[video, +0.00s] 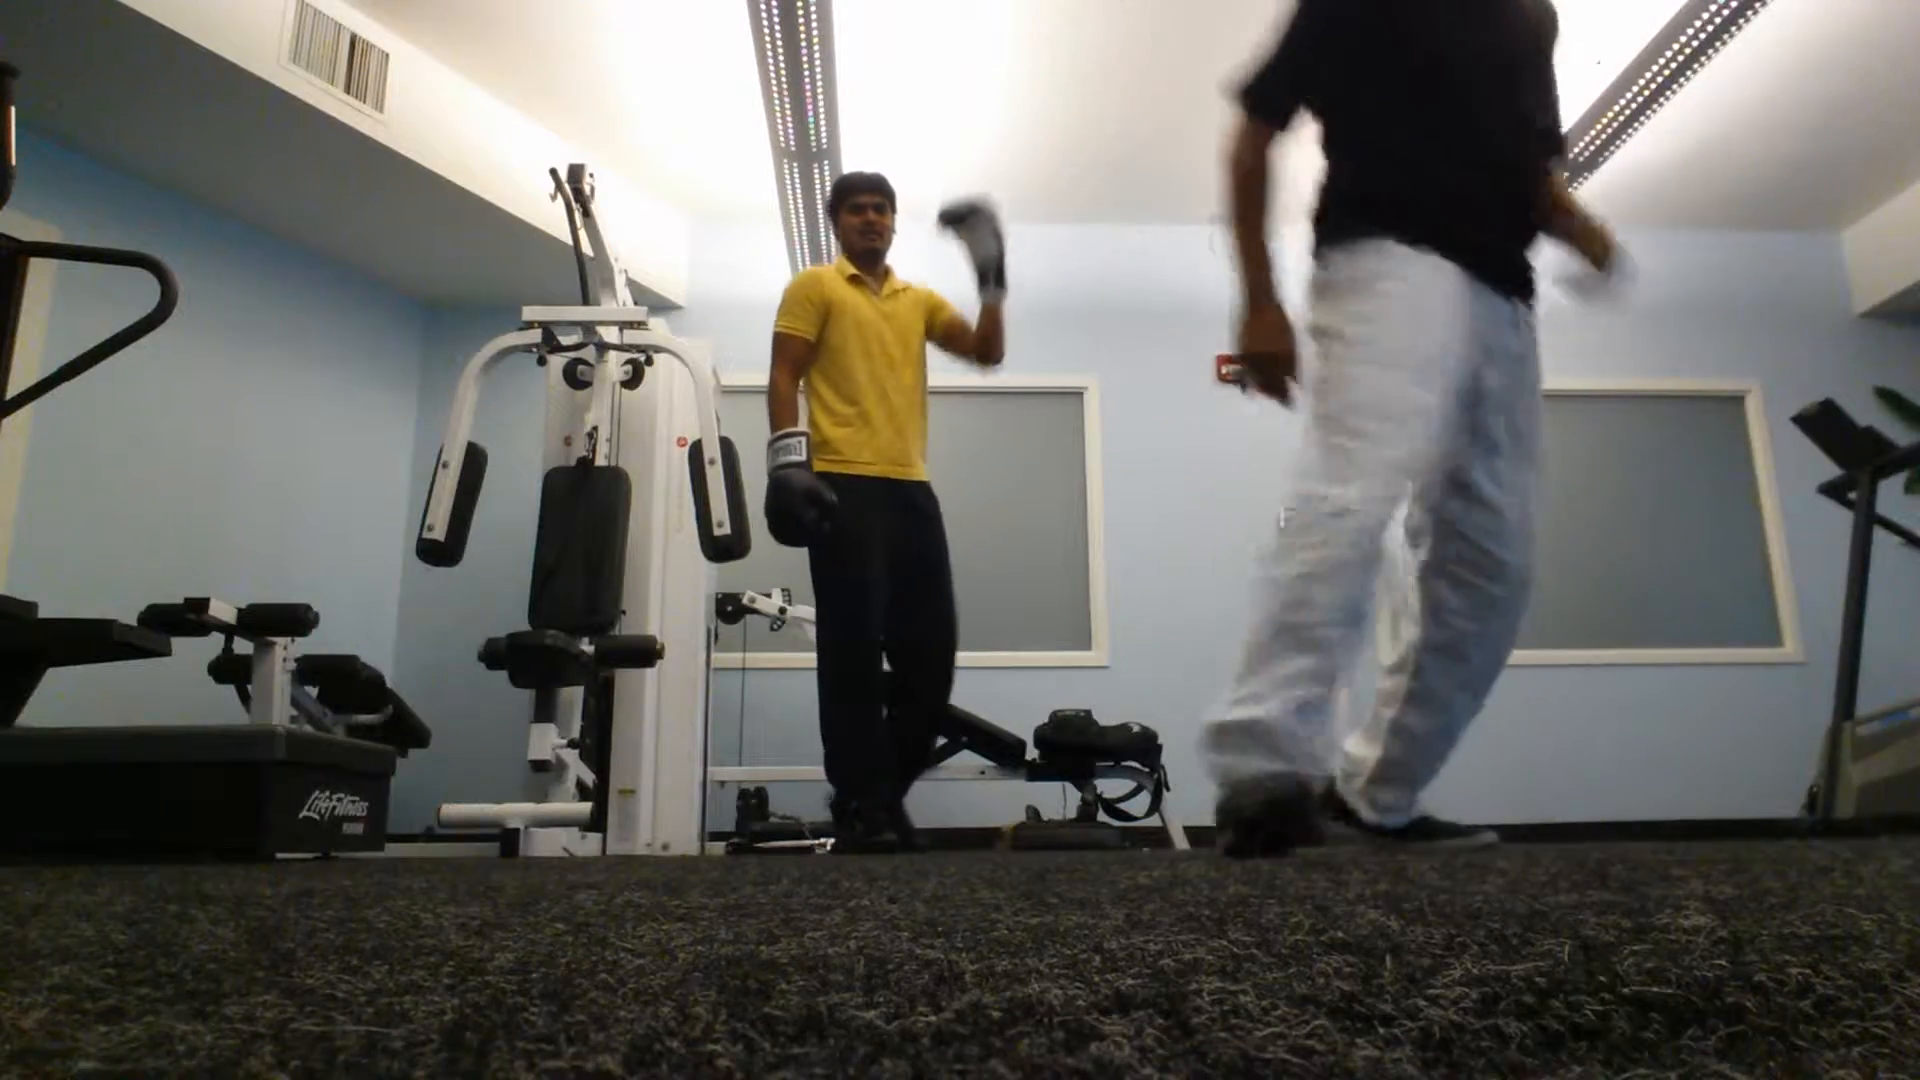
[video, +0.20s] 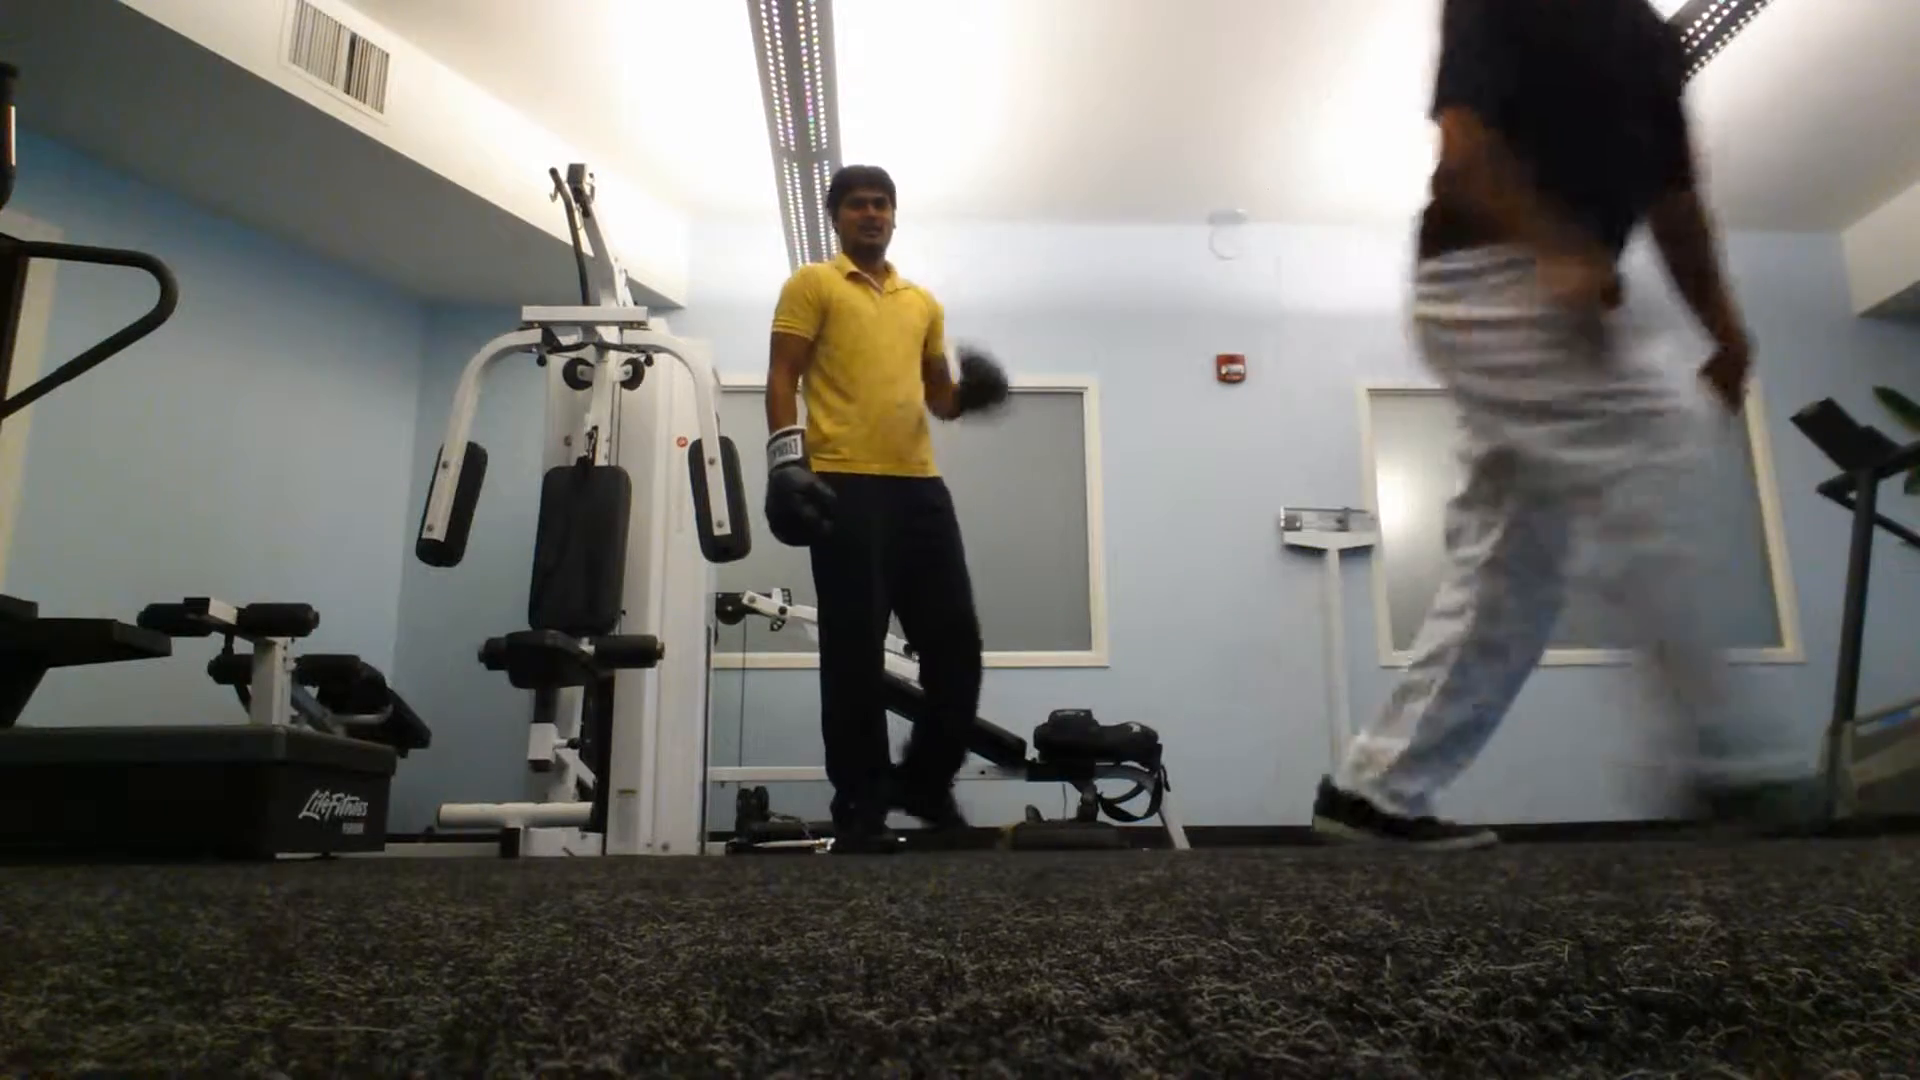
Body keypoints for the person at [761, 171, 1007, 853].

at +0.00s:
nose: (871, 220)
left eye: (881, 210)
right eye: (858, 210)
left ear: (894, 222)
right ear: (835, 223)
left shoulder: (917, 298)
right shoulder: (815, 287)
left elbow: (985, 351)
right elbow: (785, 375)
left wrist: (990, 269)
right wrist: (789, 462)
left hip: (909, 490)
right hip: (840, 487)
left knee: (928, 649)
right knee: (852, 649)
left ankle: (884, 800)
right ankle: (857, 810)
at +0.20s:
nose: (871, 215)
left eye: (881, 205)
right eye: (858, 205)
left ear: (894, 217)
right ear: (834, 218)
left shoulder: (921, 304)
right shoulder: (812, 285)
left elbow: (941, 400)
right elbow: (783, 375)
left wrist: (971, 391)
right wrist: (786, 461)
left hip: (916, 487)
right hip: (842, 485)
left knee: (955, 645)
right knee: (853, 650)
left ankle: (927, 789)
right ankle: (859, 812)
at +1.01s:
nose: (954, 161)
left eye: (966, 151)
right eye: (941, 150)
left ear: (985, 163)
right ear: (917, 159)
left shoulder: (1014, 247)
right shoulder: (878, 238)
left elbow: (1049, 339)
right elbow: (841, 328)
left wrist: (1044, 404)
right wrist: (827, 396)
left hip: (979, 446)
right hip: (889, 441)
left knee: (984, 615)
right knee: (876, 591)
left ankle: (984, 799)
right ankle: (875, 778)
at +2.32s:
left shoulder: (1033, 88)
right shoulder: (863, 75)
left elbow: (1067, 209)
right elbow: (820, 190)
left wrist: (1092, 322)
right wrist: (786, 294)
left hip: (989, 335)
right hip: (873, 330)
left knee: (986, 561)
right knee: (849, 544)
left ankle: (979, 795)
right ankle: (861, 760)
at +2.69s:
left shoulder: (1058, 74)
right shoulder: (885, 48)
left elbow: (1092, 194)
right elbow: (826, 172)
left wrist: (1107, 249)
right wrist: (790, 273)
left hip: (1005, 310)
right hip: (893, 281)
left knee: (999, 545)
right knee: (983, 204)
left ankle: (979, 792)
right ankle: (911, 457)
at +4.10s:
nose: (956, 136)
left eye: (971, 128)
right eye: (943, 125)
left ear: (990, 149)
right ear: (920, 142)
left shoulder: (1021, 230)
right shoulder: (880, 230)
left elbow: (1048, 327)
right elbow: (849, 333)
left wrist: (1051, 412)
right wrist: (814, 424)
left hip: (991, 441)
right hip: (898, 437)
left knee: (978, 626)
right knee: (891, 611)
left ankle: (970, 811)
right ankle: (890, 799)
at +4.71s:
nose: (918, 180)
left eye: (931, 171)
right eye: (906, 169)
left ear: (948, 189)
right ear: (884, 185)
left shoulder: (974, 274)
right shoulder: (848, 259)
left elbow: (1004, 369)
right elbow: (815, 349)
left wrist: (1045, 455)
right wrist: (781, 438)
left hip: (953, 470)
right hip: (866, 468)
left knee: (968, 639)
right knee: (862, 639)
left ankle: (971, 813)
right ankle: (852, 813)